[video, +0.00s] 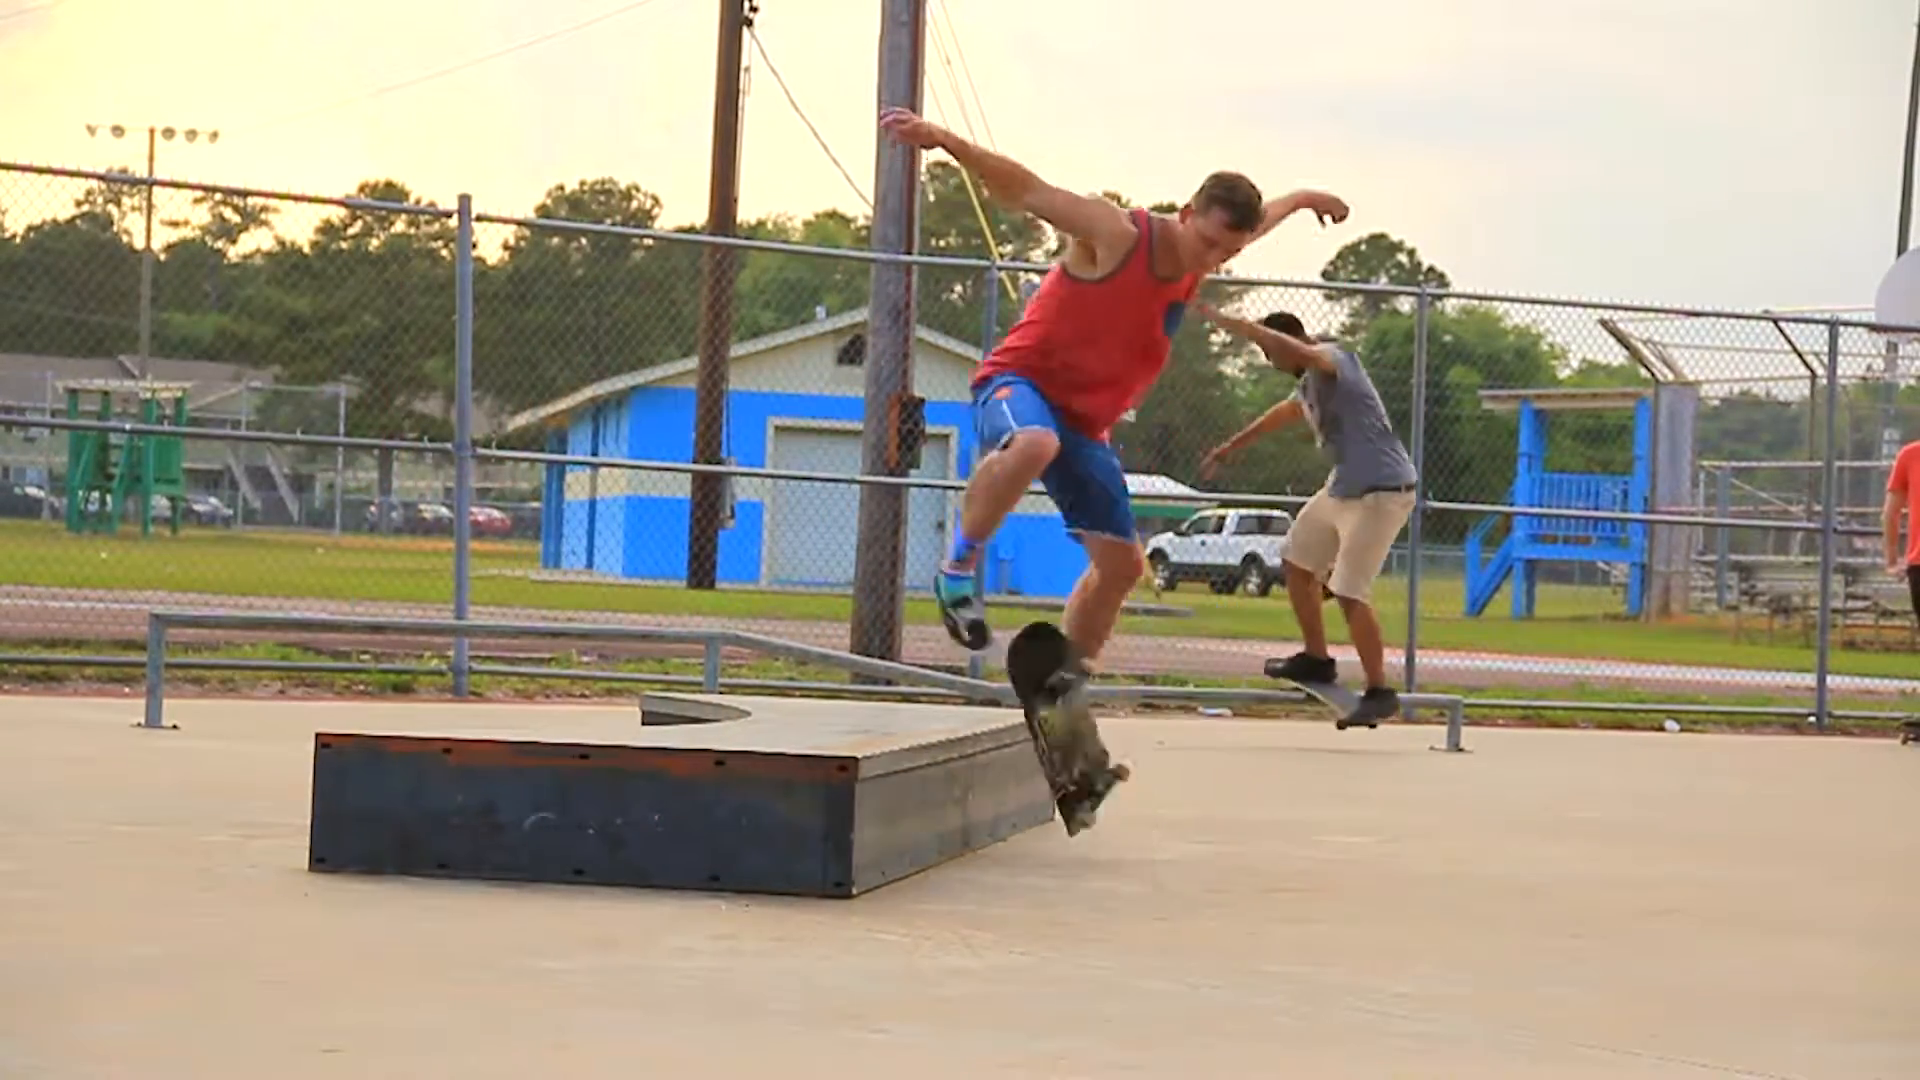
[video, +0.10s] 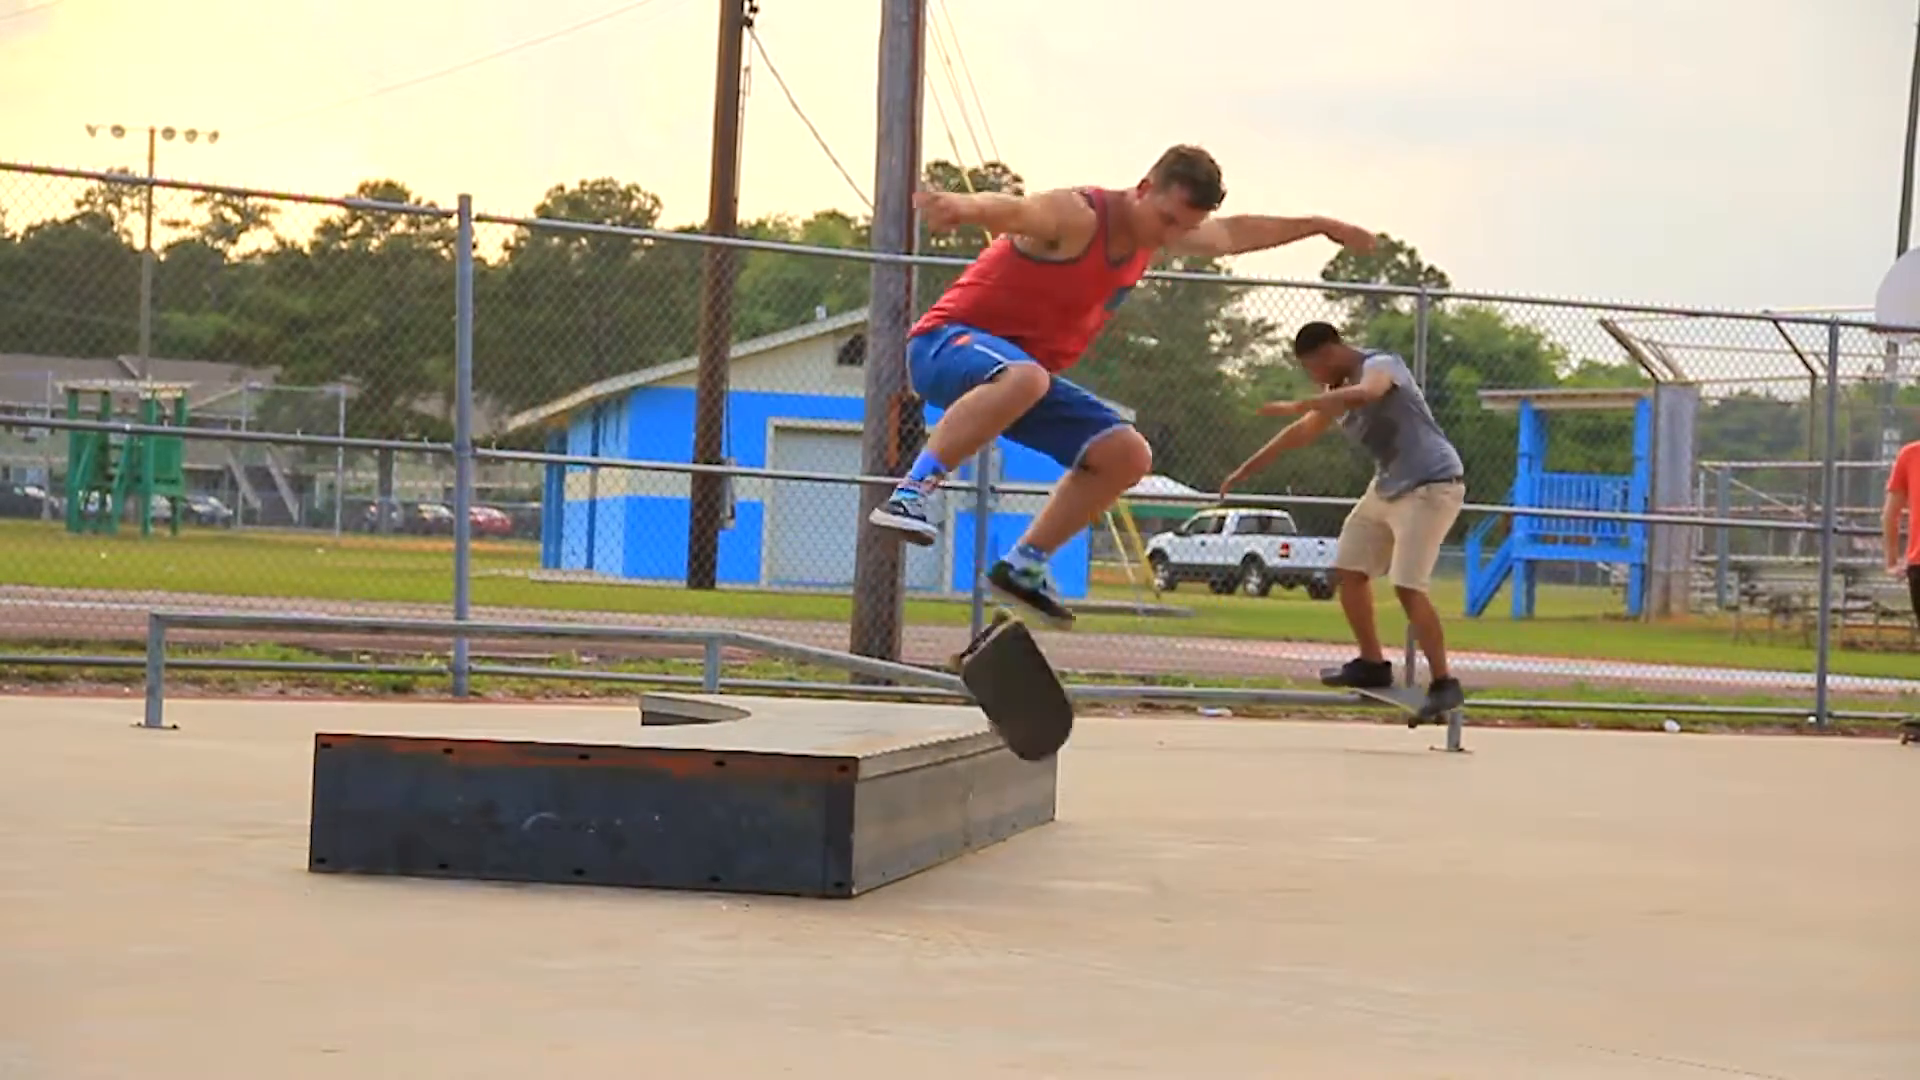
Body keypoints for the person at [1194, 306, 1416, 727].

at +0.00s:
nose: (1269, 362)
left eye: (1270, 352)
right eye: (1265, 355)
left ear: (1290, 341)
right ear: (1289, 344)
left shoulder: (1337, 359)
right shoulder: (1308, 391)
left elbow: (1290, 347)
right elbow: (1278, 415)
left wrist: (1235, 322)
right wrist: (1235, 444)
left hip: (1384, 489)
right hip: (1342, 488)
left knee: (1349, 591)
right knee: (1298, 563)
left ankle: (1378, 690)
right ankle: (1316, 658)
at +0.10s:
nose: (1312, 377)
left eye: (1311, 367)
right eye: (1307, 370)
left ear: (1329, 351)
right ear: (1327, 354)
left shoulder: (1382, 364)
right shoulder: (1340, 392)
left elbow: (1368, 392)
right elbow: (1301, 432)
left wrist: (1302, 406)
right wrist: (1248, 468)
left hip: (1432, 483)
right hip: (1387, 486)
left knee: (1409, 585)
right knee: (1350, 572)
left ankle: (1443, 682)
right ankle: (1372, 662)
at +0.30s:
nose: (1391, 404)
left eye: (1391, 396)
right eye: (1386, 400)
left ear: (1409, 377)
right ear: (1396, 389)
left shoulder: (1461, 392)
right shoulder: (1408, 410)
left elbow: (1526, 424)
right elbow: (1368, 451)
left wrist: (1570, 480)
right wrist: (1331, 493)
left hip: (1524, 488)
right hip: (1476, 492)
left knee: (1531, 589)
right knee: (1453, 573)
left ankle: (1570, 683)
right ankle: (1496, 663)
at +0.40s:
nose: (1441, 449)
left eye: (1442, 440)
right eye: (1433, 445)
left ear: (1458, 419)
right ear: (1430, 439)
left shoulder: (1508, 423)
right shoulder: (1433, 454)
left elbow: (1582, 420)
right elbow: (1390, 490)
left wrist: (1654, 438)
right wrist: (1357, 546)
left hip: (1572, 509)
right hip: (1522, 519)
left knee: (1591, 613)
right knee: (1522, 610)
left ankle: (1622, 712)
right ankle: (1533, 703)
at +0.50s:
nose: (1483, 517)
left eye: (1485, 508)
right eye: (1477, 512)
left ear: (1502, 487)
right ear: (1475, 503)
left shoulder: (1544, 475)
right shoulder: (1483, 513)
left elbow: (1615, 448)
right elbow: (1444, 562)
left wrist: (1690, 437)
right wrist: (1409, 607)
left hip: (1619, 533)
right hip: (1566, 545)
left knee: (1630, 630)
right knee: (1542, 624)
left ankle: (1662, 721)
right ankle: (1558, 721)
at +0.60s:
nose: (1537, 552)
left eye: (1539, 544)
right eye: (1530, 549)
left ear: (1551, 520)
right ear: (1521, 541)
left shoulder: (1596, 498)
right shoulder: (1531, 546)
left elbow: (1669, 480)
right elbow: (1515, 600)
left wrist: (1744, 490)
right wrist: (1500, 659)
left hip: (1643, 543)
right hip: (1585, 558)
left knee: (1647, 627)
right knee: (1553, 626)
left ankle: (1667, 723)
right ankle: (1558, 720)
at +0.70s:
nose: (1582, 533)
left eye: (1586, 525)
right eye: (1575, 529)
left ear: (1597, 503)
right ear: (1565, 517)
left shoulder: (1640, 485)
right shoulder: (1566, 517)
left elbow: (1713, 484)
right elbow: (1551, 573)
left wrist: (1775, 511)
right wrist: (1538, 632)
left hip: (1666, 540)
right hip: (1611, 550)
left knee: (1664, 623)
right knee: (1569, 620)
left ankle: (1671, 721)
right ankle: (1564, 718)